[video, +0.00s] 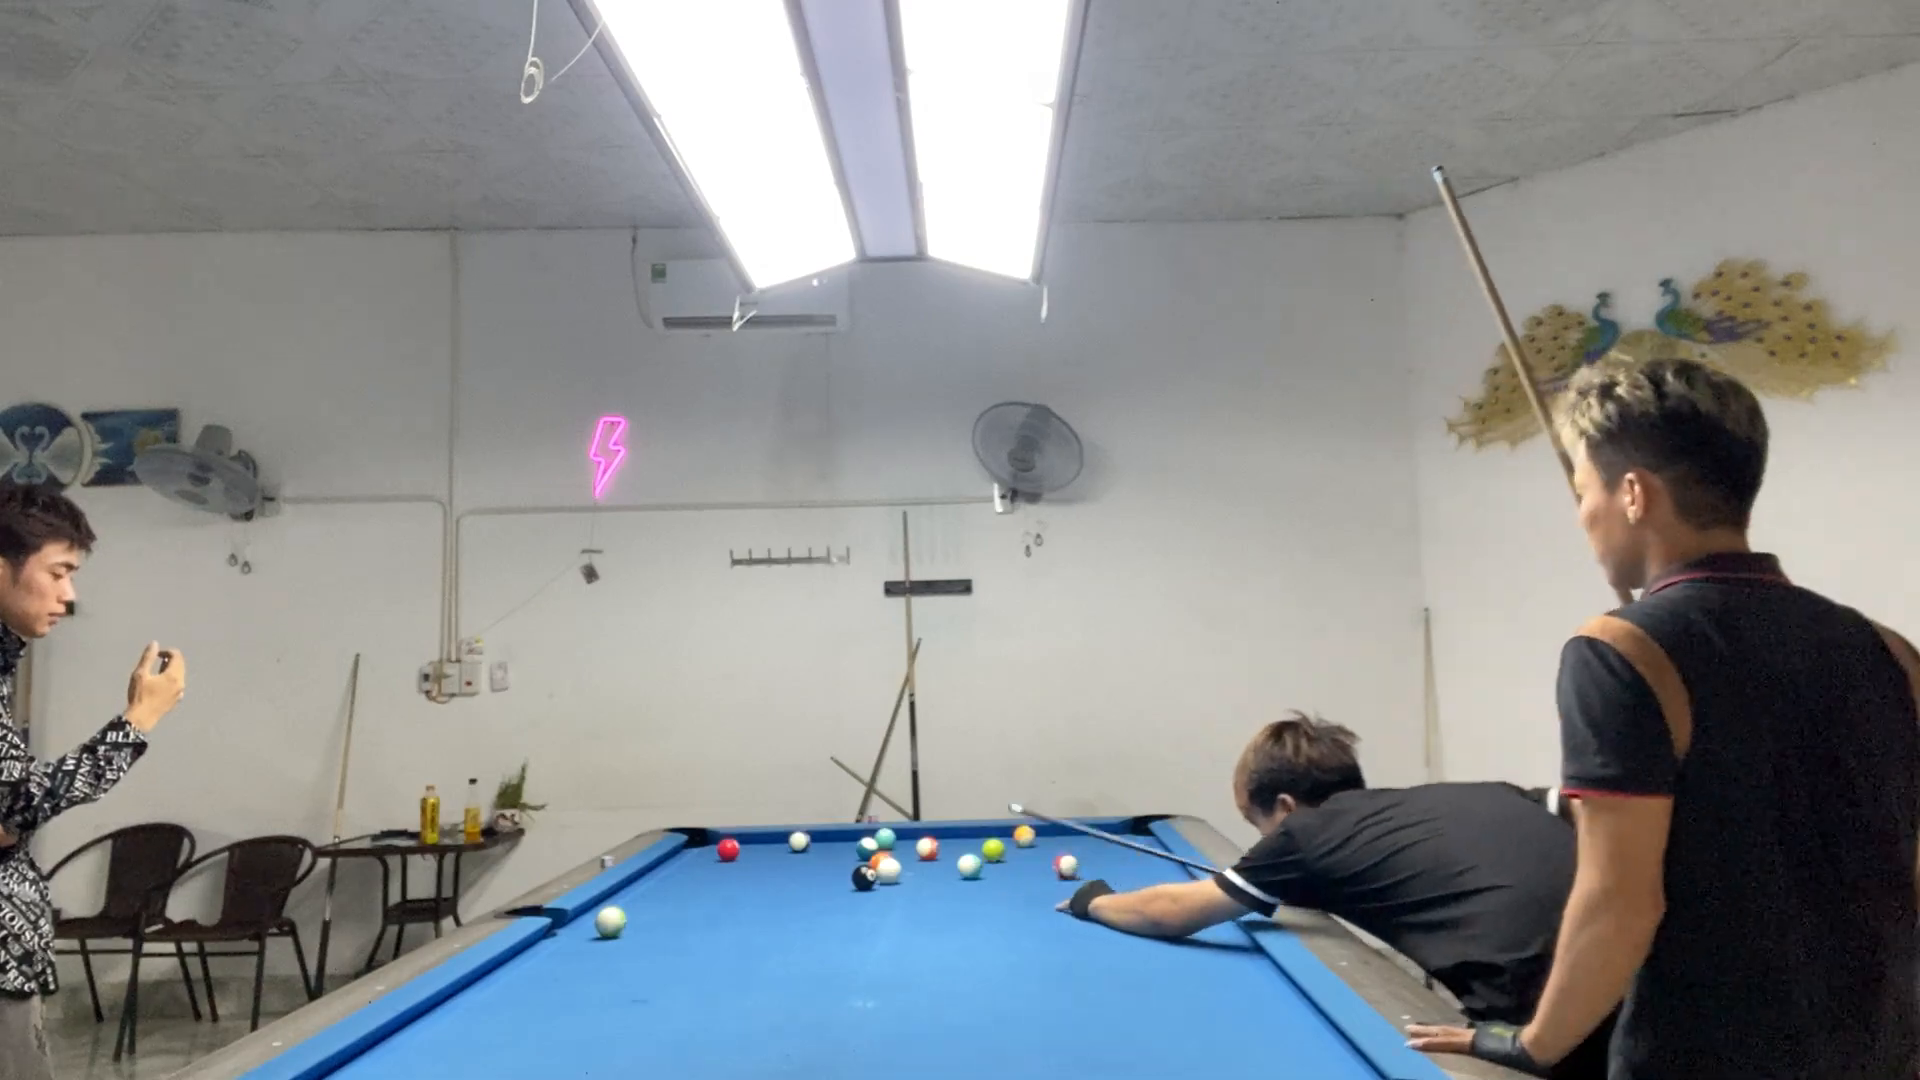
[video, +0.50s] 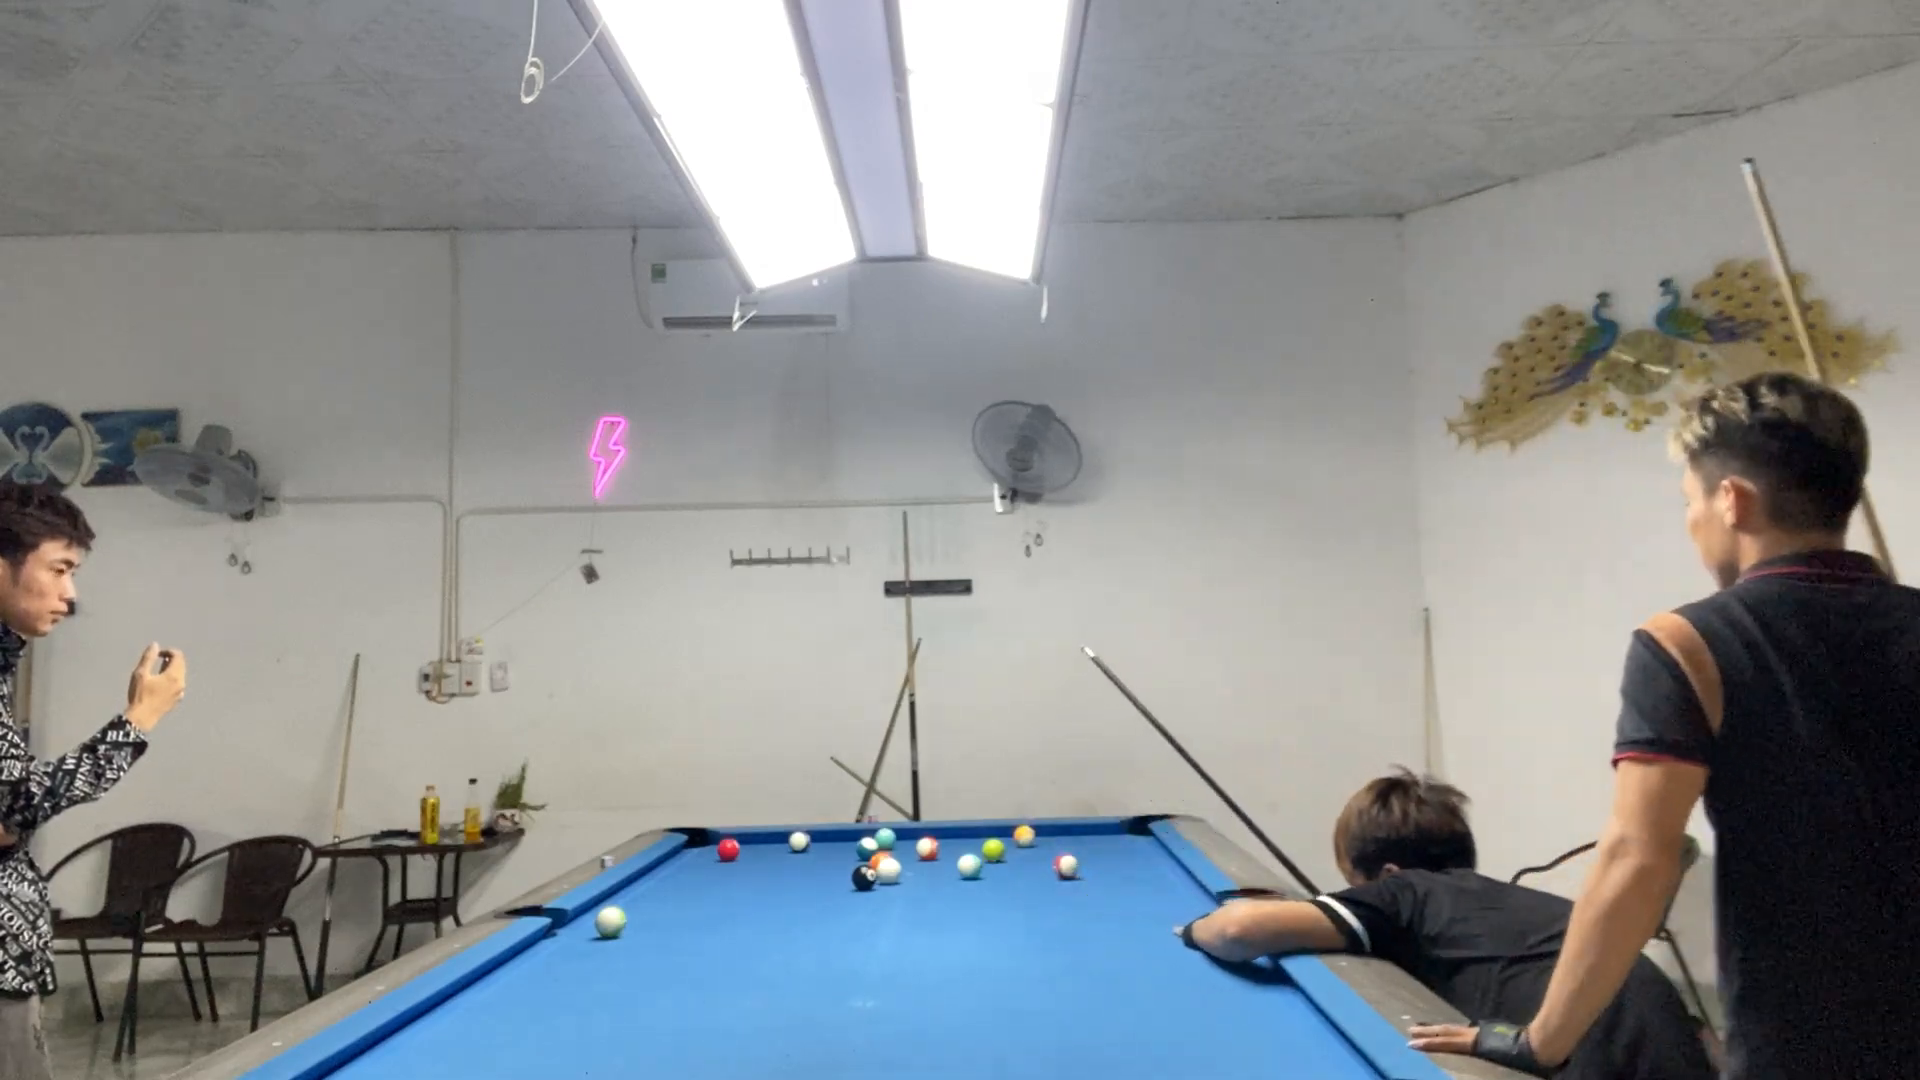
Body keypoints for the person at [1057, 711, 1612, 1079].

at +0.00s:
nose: (1261, 835)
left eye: (1259, 823)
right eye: (1254, 825)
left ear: (1286, 806)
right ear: (1354, 776)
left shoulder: (1304, 838)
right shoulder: (1462, 794)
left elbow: (1171, 913)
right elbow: (1573, 825)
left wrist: (1091, 903)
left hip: (1537, 998)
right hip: (1627, 955)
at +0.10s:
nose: (1284, 843)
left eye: (1282, 830)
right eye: (1277, 832)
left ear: (1311, 813)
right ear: (1377, 789)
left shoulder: (1331, 841)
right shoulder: (1450, 816)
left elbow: (1181, 916)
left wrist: (1114, 906)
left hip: (1577, 1024)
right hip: (1656, 983)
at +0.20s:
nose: (1305, 852)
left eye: (1305, 839)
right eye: (1299, 840)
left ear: (1337, 824)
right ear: (1406, 802)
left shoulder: (1354, 851)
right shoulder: (1485, 836)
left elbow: (1183, 912)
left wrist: (1141, 914)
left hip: (1591, 1042)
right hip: (1674, 1009)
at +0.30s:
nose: (1326, 866)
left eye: (1327, 853)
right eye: (1322, 854)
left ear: (1360, 842)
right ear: (1431, 824)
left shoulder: (1372, 866)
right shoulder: (1511, 862)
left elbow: (1201, 911)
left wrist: (1170, 923)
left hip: (1616, 1040)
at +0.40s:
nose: (1334, 874)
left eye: (1339, 861)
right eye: (1332, 861)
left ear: (1377, 859)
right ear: (1449, 843)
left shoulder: (1391, 882)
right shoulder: (1515, 878)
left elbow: (1225, 918)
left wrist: (1187, 929)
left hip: (1639, 1045)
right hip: (1702, 1013)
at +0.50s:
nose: (1349, 883)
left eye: (1351, 872)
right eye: (1347, 874)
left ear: (1375, 870)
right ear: (1464, 854)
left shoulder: (1406, 893)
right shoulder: (1533, 901)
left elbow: (1236, 928)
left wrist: (1203, 928)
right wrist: (1496, 1038)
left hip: (1598, 1055)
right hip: (1686, 1053)